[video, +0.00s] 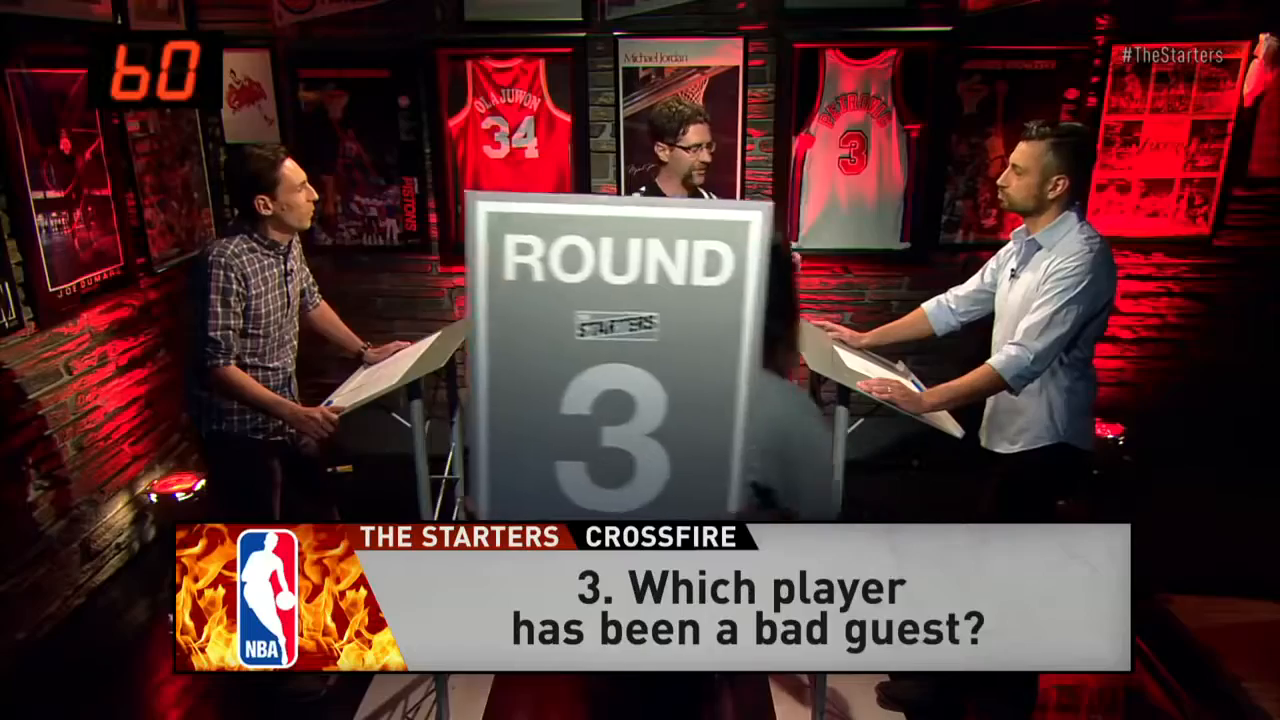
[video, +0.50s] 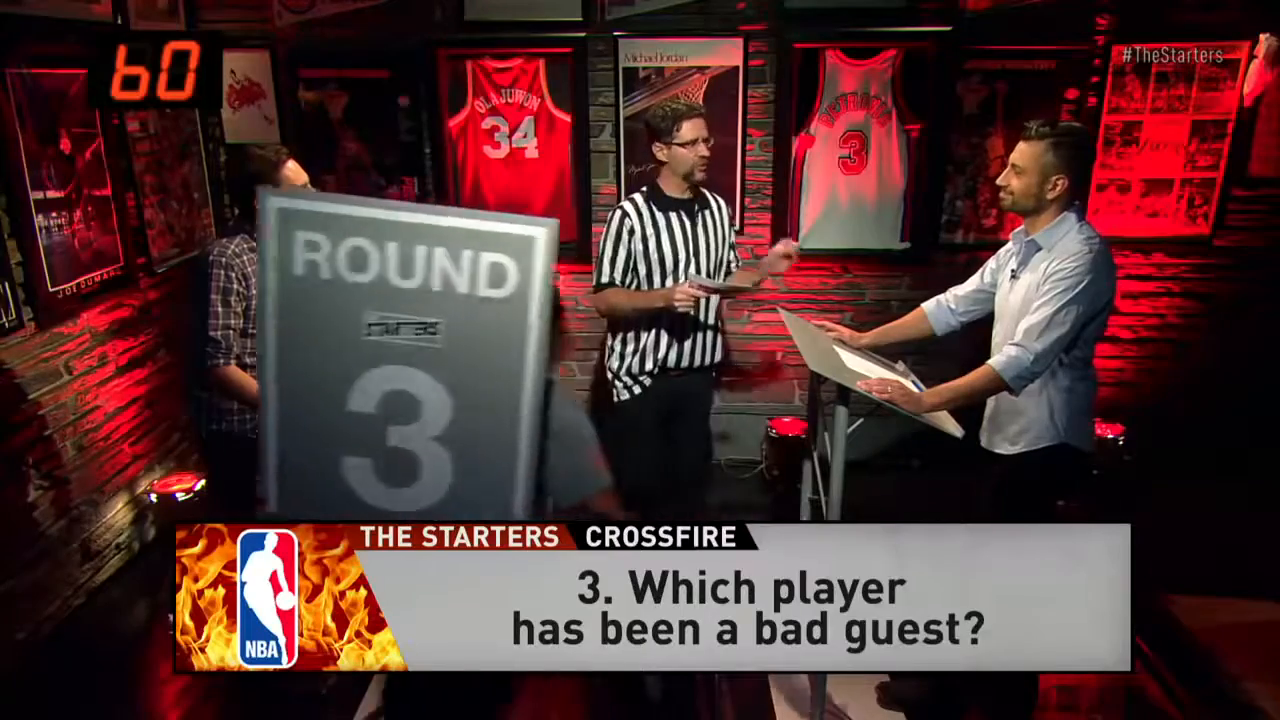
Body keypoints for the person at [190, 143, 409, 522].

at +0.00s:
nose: (314, 196)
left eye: (308, 185)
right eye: (300, 189)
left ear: (269, 205)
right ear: (266, 205)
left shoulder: (289, 247)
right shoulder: (226, 261)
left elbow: (312, 304)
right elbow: (218, 367)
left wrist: (364, 351)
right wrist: (293, 413)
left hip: (286, 425)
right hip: (240, 435)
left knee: (305, 525)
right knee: (252, 537)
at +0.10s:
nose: (314, 196)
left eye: (308, 185)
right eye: (300, 189)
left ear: (269, 205)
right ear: (266, 205)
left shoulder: (289, 247)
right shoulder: (227, 261)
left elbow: (312, 304)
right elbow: (217, 366)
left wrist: (364, 350)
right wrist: (293, 413)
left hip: (286, 425)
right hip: (240, 435)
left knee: (304, 525)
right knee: (252, 537)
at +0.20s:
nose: (314, 196)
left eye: (309, 185)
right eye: (301, 189)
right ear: (265, 205)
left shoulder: (288, 245)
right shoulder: (228, 261)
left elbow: (312, 305)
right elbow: (218, 366)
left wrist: (363, 350)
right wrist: (293, 413)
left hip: (286, 426)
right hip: (241, 436)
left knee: (305, 525)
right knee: (251, 539)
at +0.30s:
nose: (314, 196)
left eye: (308, 185)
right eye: (301, 189)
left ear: (270, 205)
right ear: (266, 205)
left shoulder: (289, 246)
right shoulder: (227, 261)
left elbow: (312, 304)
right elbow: (218, 367)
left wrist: (364, 350)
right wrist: (293, 413)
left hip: (285, 425)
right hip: (241, 435)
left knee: (298, 527)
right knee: (253, 538)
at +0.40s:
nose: (310, 198)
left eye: (307, 187)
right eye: (301, 190)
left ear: (272, 205)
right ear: (266, 205)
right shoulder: (227, 260)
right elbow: (217, 366)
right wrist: (294, 413)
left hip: (283, 428)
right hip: (240, 435)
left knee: (293, 530)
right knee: (252, 538)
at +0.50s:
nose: (306, 204)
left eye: (307, 192)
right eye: (296, 194)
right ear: (262, 198)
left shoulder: (296, 251)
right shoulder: (231, 256)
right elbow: (219, 364)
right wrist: (284, 406)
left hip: (287, 428)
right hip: (242, 435)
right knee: (246, 533)